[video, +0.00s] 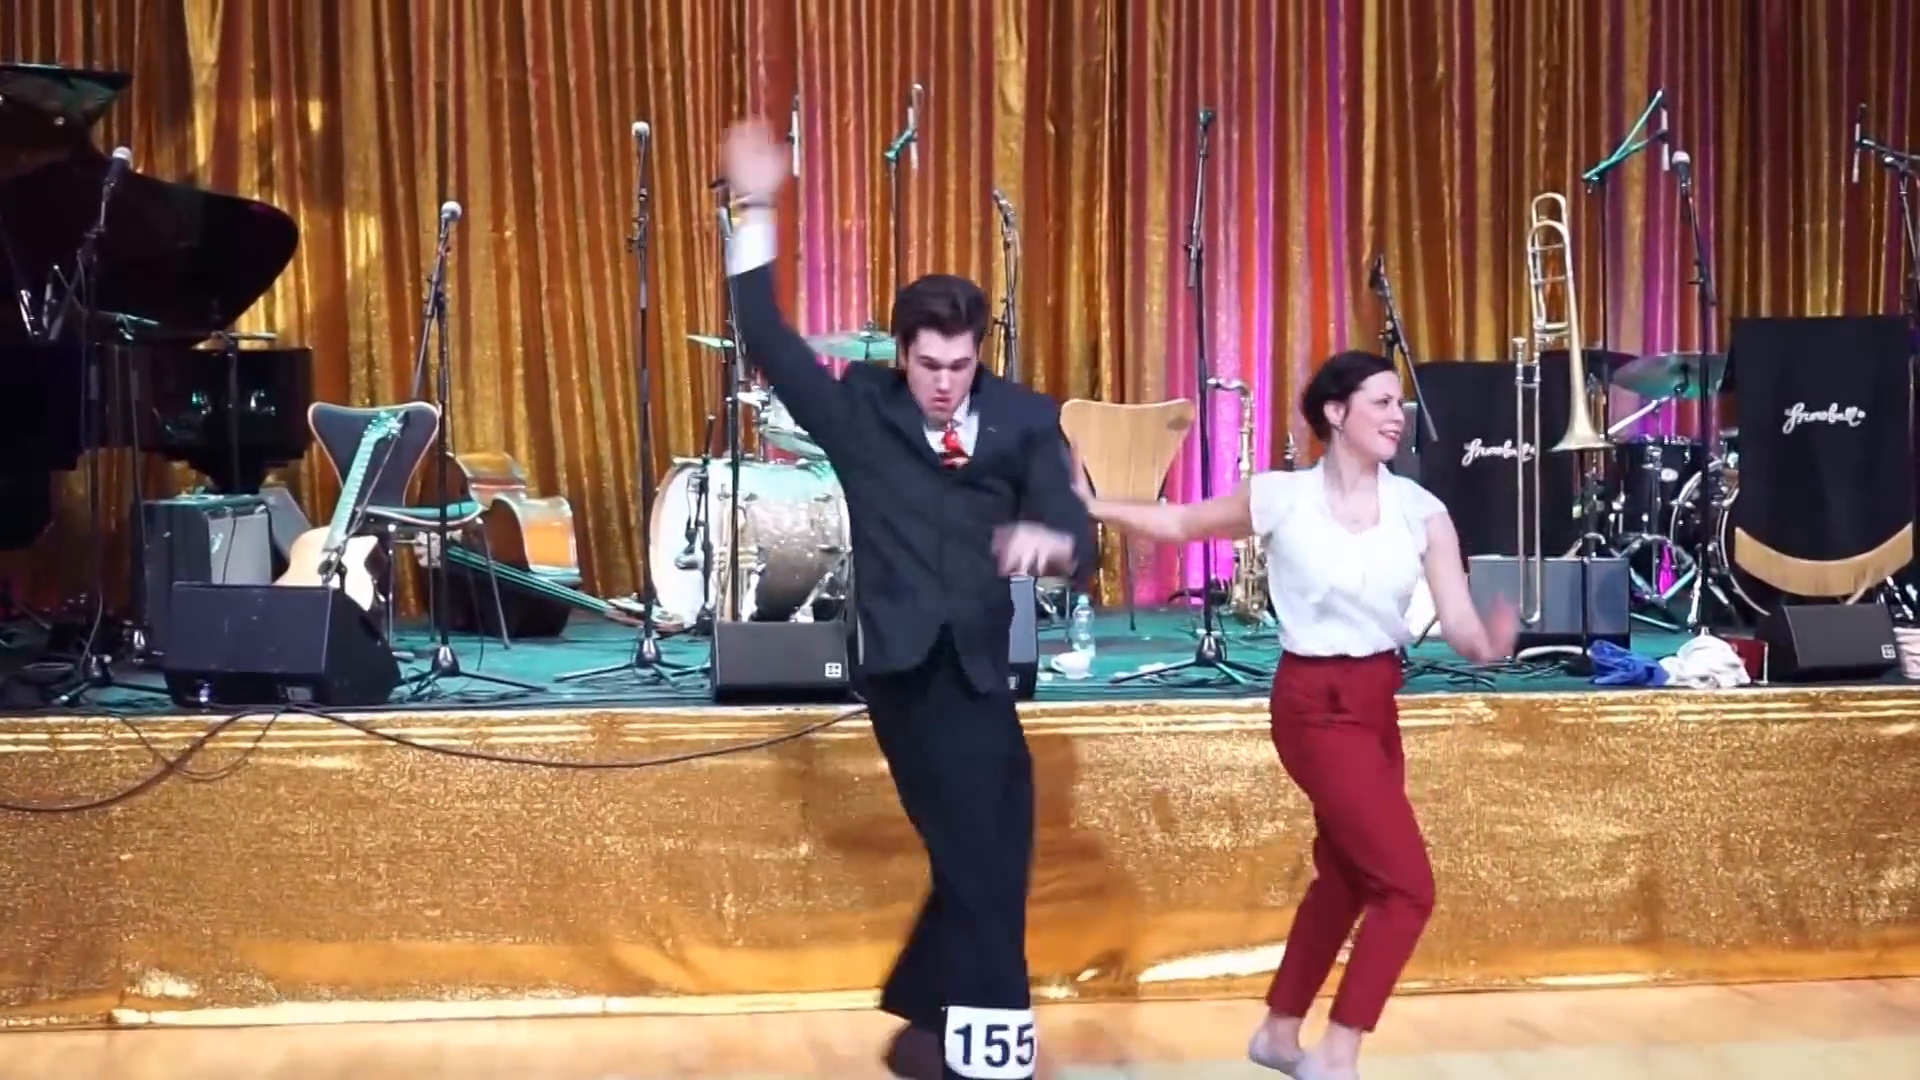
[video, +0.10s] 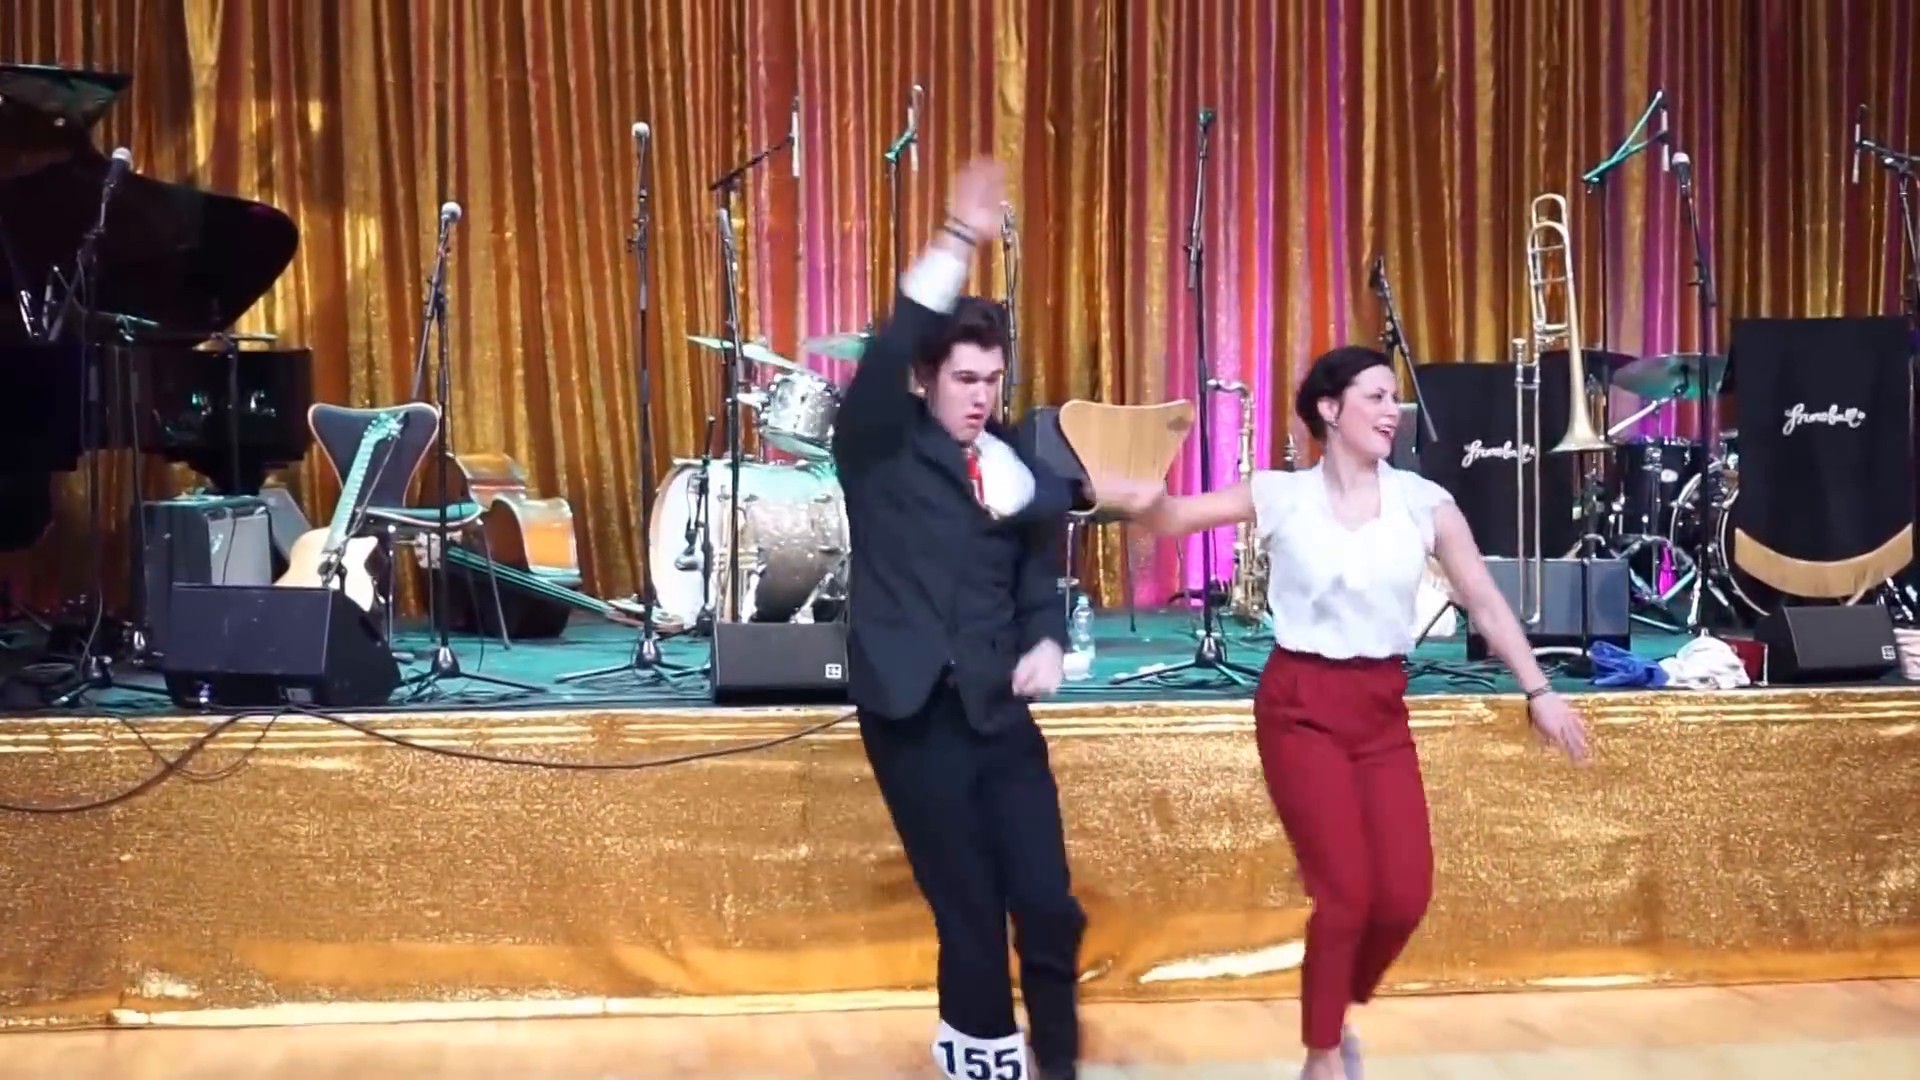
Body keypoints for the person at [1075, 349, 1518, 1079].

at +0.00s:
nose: (1398, 417)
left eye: (1400, 404)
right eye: (1382, 403)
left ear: (1392, 415)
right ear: (1334, 413)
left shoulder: (1421, 512)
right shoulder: (1278, 496)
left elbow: (1460, 624)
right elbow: (1177, 520)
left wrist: (1491, 644)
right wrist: (1095, 506)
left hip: (1378, 702)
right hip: (1309, 702)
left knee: (1342, 877)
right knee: (1409, 887)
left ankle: (1278, 1031)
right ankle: (1334, 1057)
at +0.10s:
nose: (1393, 412)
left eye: (1395, 399)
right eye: (1376, 397)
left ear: (1392, 411)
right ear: (1327, 409)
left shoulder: (1426, 505)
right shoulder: (1277, 493)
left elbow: (1487, 605)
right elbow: (1167, 518)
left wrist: (1540, 693)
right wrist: (1144, 499)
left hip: (1382, 713)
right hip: (1298, 707)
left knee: (1405, 899)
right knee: (1346, 891)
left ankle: (1333, 1012)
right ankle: (1321, 1058)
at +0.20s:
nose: (1388, 419)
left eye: (1391, 409)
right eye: (1371, 407)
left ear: (1395, 424)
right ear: (1324, 422)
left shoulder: (1433, 516)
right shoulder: (1279, 521)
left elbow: (1467, 592)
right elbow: (1209, 603)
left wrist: (1537, 645)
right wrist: (1200, 514)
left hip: (1379, 732)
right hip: (1285, 731)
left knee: (1408, 909)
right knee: (1315, 908)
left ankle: (1418, 1036)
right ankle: (1358, 1059)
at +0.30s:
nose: (1378, 430)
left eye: (1384, 418)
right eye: (1360, 417)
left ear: (1390, 432)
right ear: (1316, 431)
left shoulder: (1406, 527)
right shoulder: (1278, 528)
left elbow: (1423, 624)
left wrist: (1534, 610)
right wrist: (1292, 587)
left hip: (1381, 741)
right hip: (1291, 749)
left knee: (1380, 925)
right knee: (1327, 935)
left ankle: (1404, 1073)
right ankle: (1401, 1065)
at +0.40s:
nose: (1363, 440)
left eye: (1372, 428)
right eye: (1344, 427)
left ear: (1383, 442)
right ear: (1306, 441)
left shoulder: (1389, 550)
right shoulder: (1272, 539)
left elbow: (1434, 665)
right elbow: (1278, 672)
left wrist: (1512, 613)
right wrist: (1341, 657)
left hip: (1386, 758)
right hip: (1291, 764)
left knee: (1396, 959)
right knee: (1287, 967)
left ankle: (1413, 1078)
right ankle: (1358, 1054)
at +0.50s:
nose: (1343, 444)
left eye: (1357, 431)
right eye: (1326, 430)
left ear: (1370, 446)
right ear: (1295, 443)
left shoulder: (1381, 558)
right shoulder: (1251, 539)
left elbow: (1429, 668)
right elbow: (1196, 643)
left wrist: (1488, 600)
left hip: (1373, 759)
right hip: (1277, 764)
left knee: (1403, 950)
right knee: (1250, 960)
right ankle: (1244, 1079)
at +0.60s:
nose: (1321, 423)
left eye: (1337, 410)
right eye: (1304, 409)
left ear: (1356, 424)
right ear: (1279, 422)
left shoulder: (1370, 532)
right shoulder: (1227, 504)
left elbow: (1385, 656)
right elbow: (1155, 595)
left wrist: (1411, 570)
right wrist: (1120, 693)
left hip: (1327, 752)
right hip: (1244, 748)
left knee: (1339, 957)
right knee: (1230, 962)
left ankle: (1356, 1077)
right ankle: (1178, 1077)